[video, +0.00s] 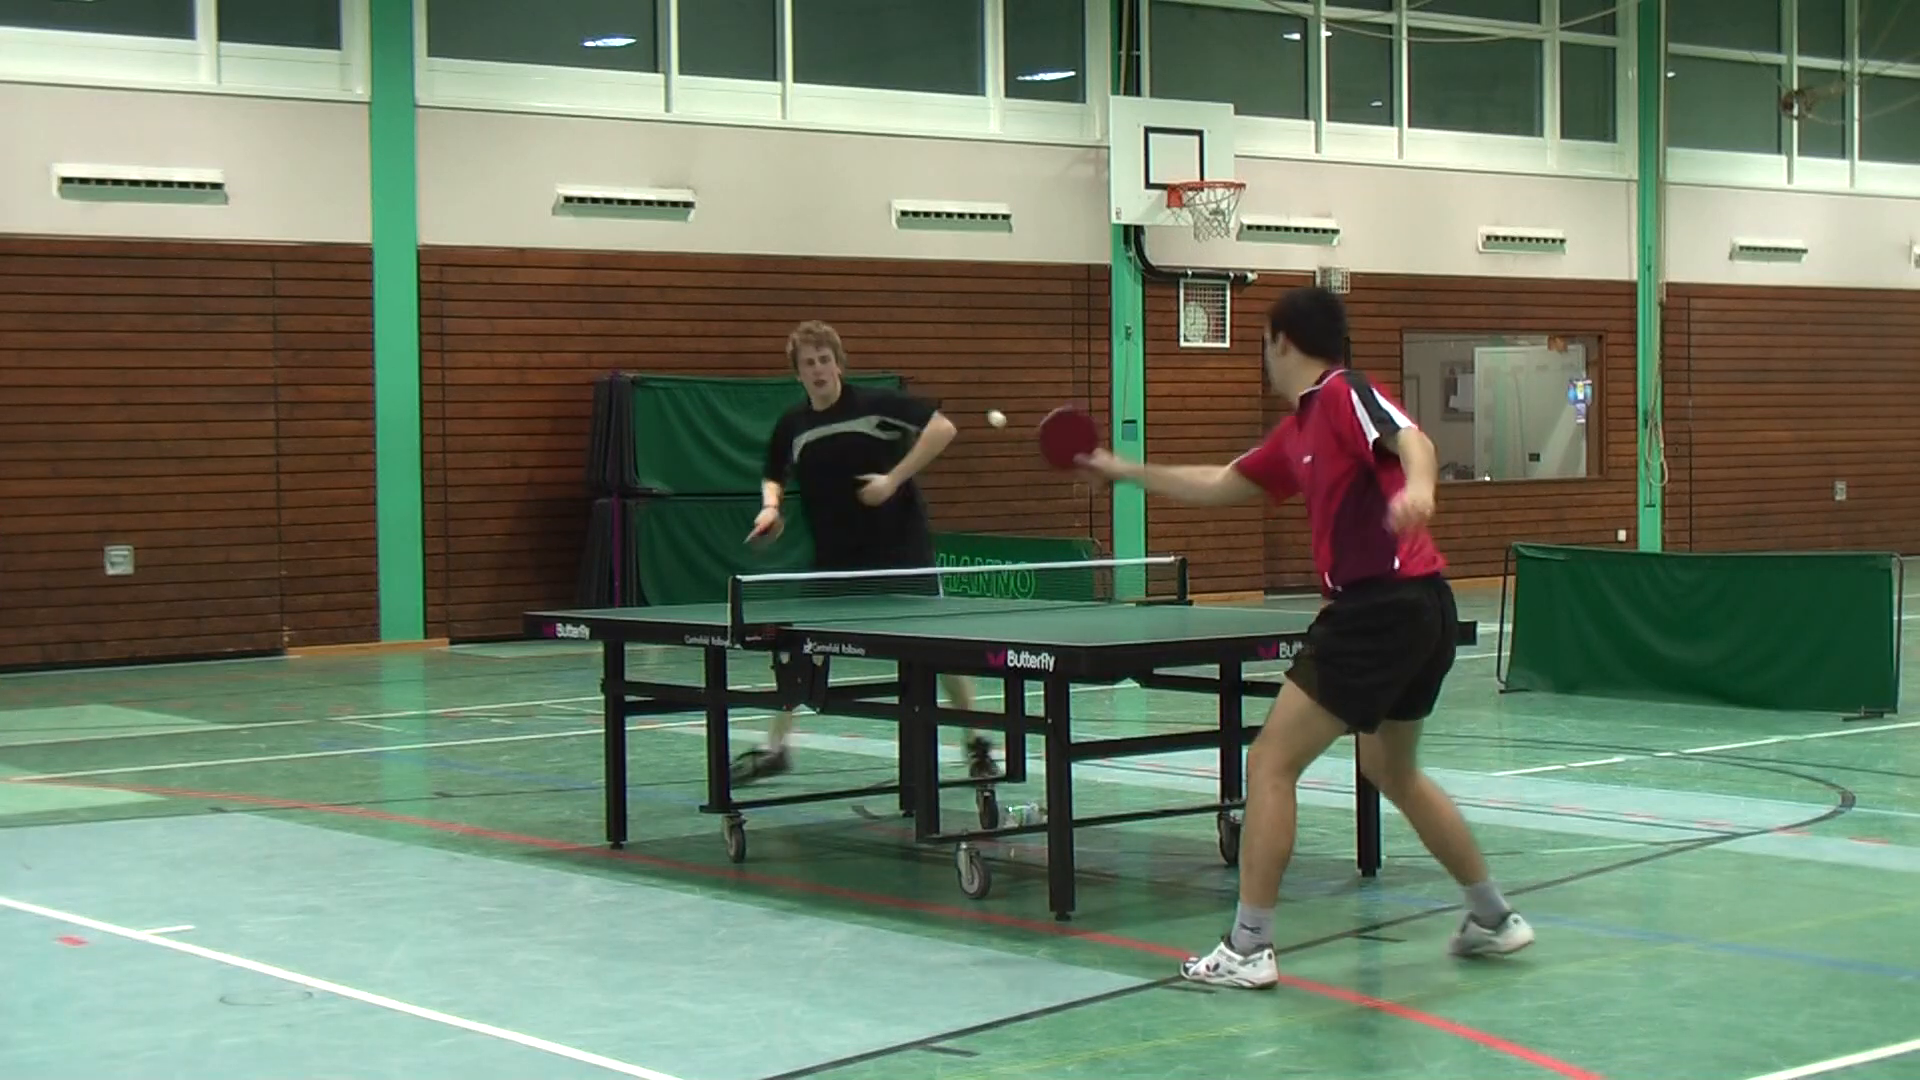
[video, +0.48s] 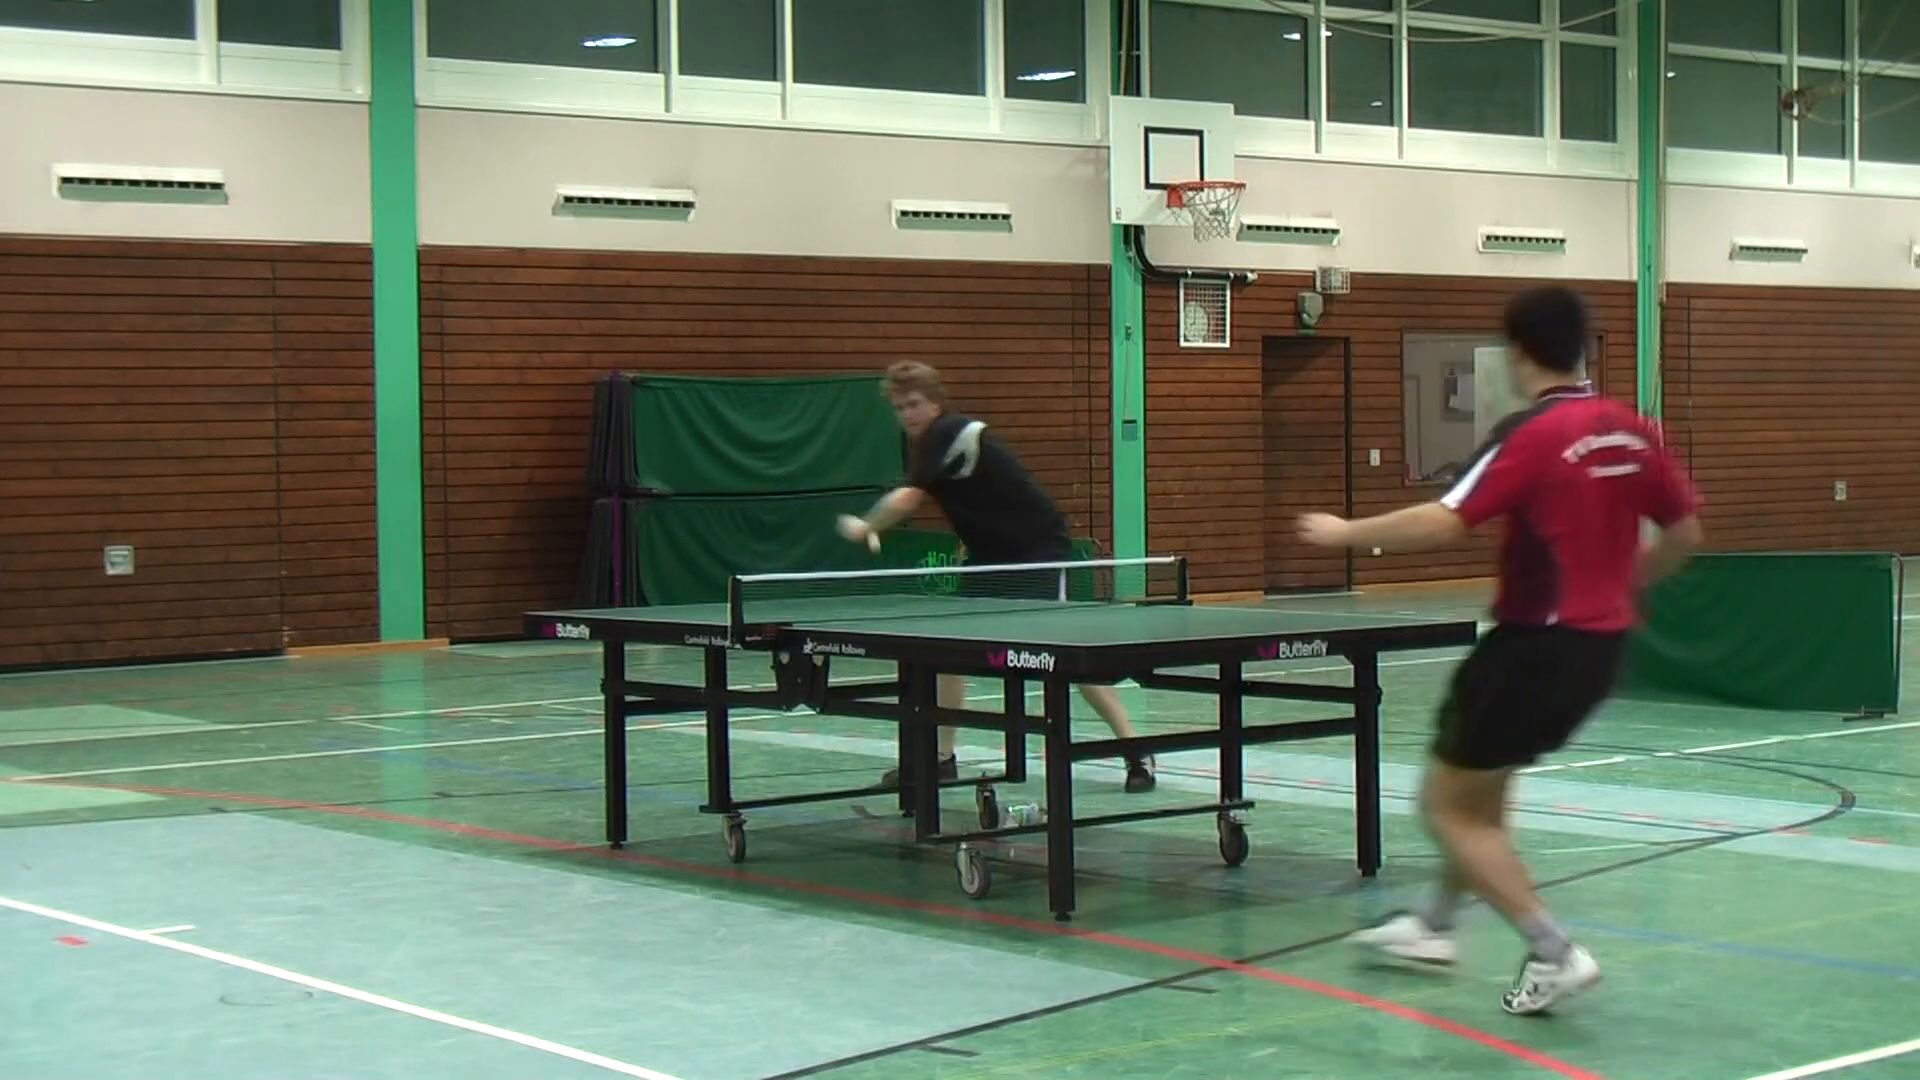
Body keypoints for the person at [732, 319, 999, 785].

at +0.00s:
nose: (817, 369)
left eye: (824, 360)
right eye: (808, 363)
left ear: (840, 363)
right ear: (797, 371)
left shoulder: (878, 405)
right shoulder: (792, 426)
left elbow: (942, 428)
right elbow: (773, 476)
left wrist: (894, 477)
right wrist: (771, 507)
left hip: (903, 559)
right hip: (834, 563)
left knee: (941, 650)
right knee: (798, 649)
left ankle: (977, 742)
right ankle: (776, 747)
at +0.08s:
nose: (822, 379)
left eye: (829, 369)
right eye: (812, 372)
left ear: (843, 371)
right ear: (800, 380)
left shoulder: (880, 413)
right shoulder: (804, 432)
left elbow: (920, 456)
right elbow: (791, 485)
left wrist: (859, 494)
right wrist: (774, 522)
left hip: (914, 541)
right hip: (858, 546)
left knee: (940, 637)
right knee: (824, 640)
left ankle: (1012, 719)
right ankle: (836, 742)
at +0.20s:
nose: (841, 404)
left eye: (848, 392)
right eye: (831, 397)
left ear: (863, 394)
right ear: (820, 404)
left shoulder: (886, 434)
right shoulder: (841, 445)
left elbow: (863, 492)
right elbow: (847, 494)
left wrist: (808, 503)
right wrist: (830, 526)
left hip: (948, 557)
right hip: (893, 559)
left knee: (994, 651)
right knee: (841, 639)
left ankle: (1064, 747)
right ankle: (847, 755)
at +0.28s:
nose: (853, 410)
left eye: (860, 398)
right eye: (843, 403)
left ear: (877, 396)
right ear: (835, 408)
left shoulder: (895, 431)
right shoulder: (877, 441)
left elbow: (843, 494)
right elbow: (902, 495)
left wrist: (803, 497)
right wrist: (882, 524)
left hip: (980, 549)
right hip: (927, 556)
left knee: (1017, 644)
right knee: (891, 650)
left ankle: (1081, 737)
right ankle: (867, 754)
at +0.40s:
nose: (880, 416)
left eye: (886, 406)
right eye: (873, 409)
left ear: (907, 400)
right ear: (869, 409)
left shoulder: (923, 432)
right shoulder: (912, 436)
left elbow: (869, 493)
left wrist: (823, 505)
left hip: (1018, 541)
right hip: (969, 547)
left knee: (1050, 647)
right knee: (930, 647)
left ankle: (1120, 741)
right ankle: (938, 750)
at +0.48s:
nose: (907, 415)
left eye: (914, 404)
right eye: (900, 407)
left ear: (936, 402)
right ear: (896, 410)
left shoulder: (951, 431)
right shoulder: (923, 441)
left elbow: (911, 496)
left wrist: (869, 525)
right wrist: (972, 545)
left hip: (1040, 551)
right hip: (989, 555)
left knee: (1068, 654)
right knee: (948, 650)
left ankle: (1134, 749)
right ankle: (940, 755)